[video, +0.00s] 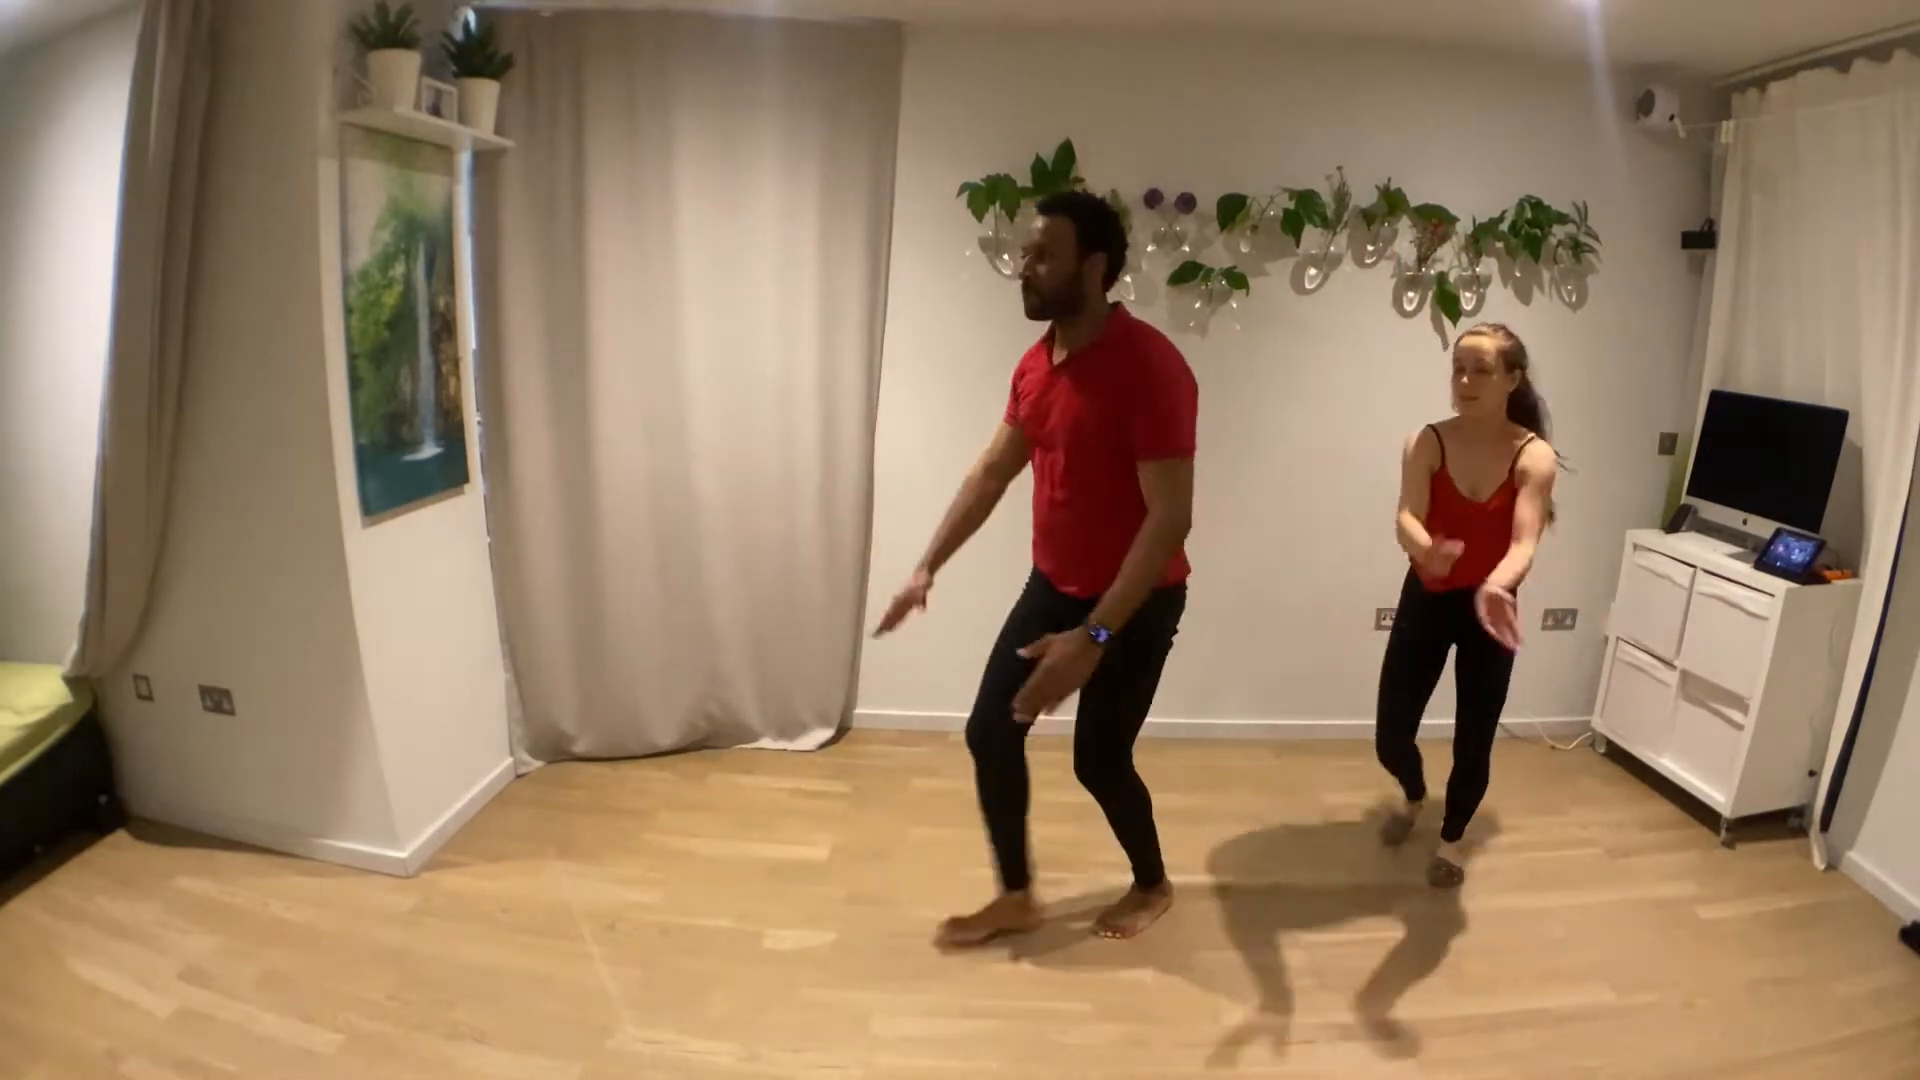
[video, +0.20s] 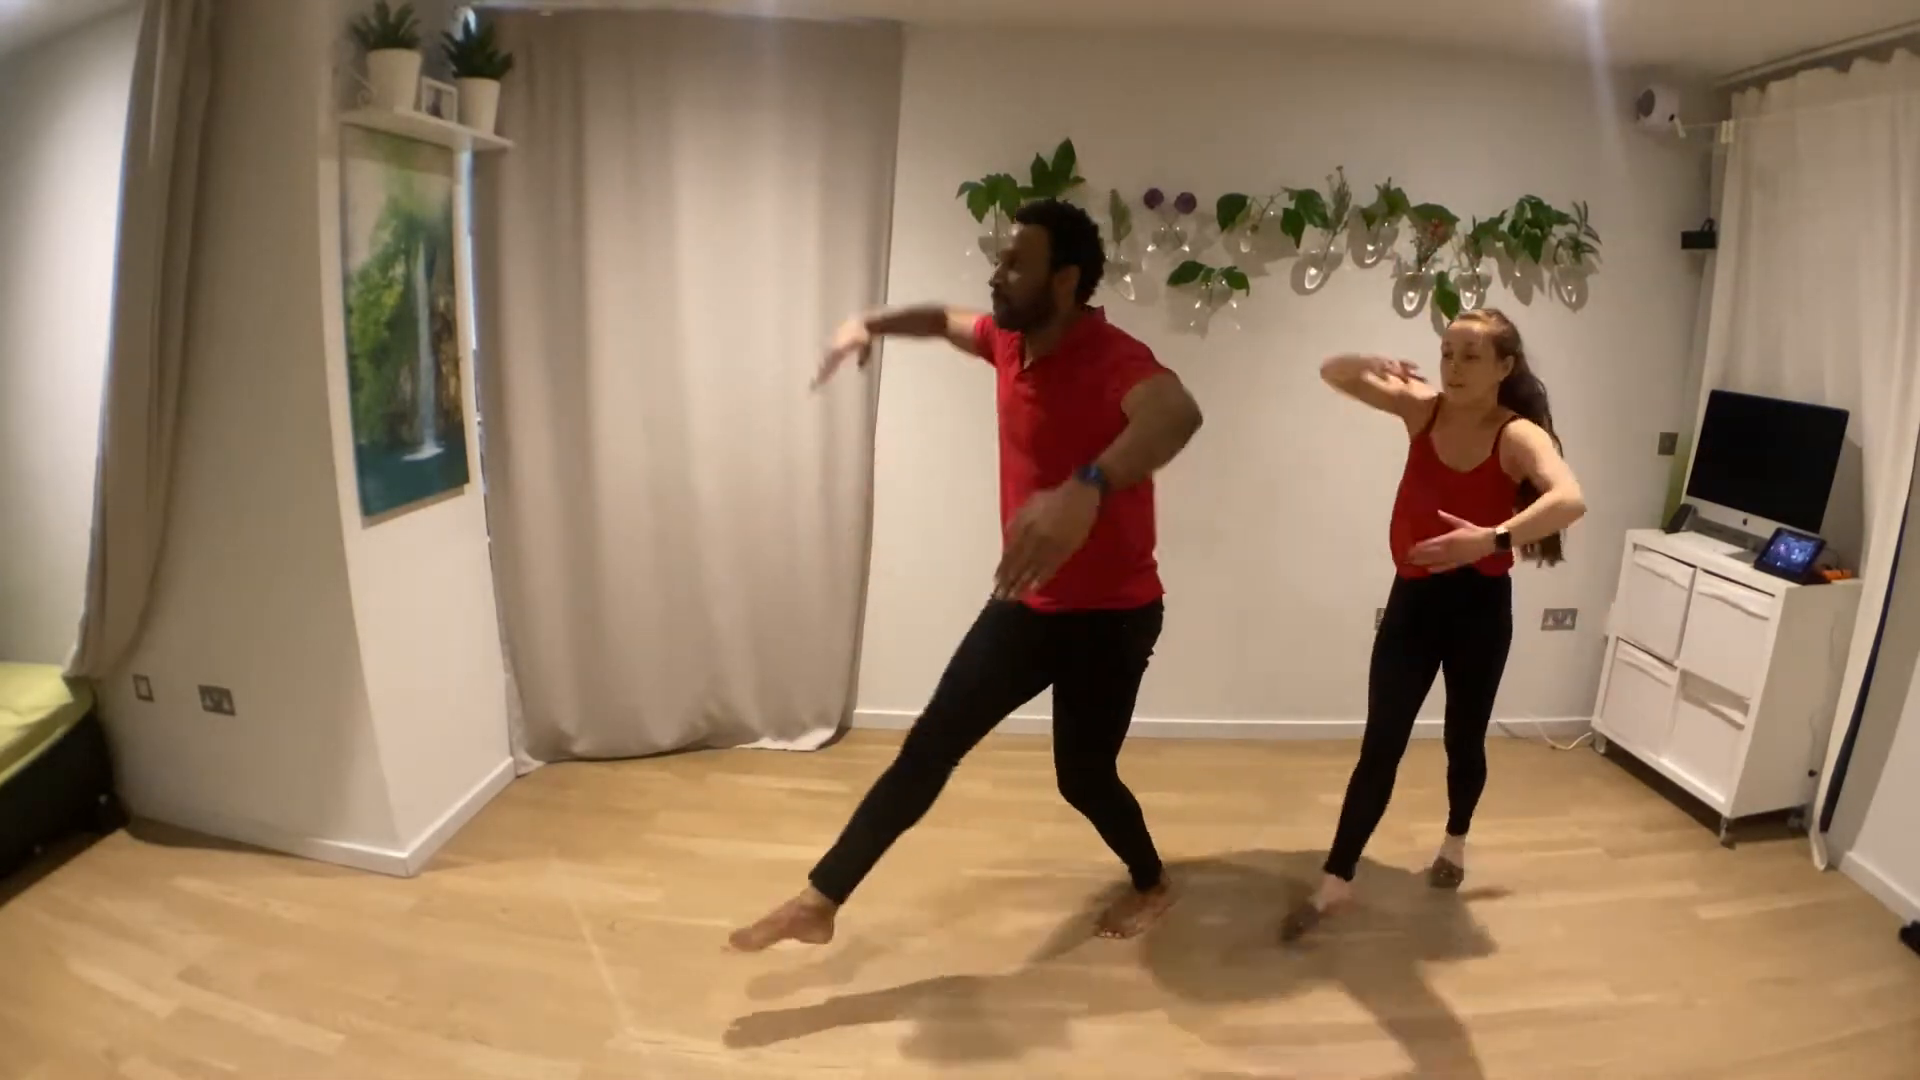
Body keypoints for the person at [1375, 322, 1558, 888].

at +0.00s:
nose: (1465, 381)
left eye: (1480, 371)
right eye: (1459, 370)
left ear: (1513, 380)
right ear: (1451, 374)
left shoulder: (1534, 455)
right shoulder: (1429, 441)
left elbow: (1525, 541)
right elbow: (1408, 514)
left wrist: (1497, 583)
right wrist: (1425, 549)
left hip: (1489, 607)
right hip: (1426, 600)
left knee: (1473, 743)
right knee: (1390, 740)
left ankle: (1451, 842)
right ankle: (1417, 795)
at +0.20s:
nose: (1453, 367)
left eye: (1470, 357)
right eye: (1448, 355)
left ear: (1504, 367)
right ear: (1439, 360)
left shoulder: (1518, 436)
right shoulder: (1422, 408)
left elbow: (1570, 500)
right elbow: (1334, 373)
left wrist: (1488, 536)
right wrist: (1376, 366)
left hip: (1479, 608)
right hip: (1412, 601)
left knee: (1463, 739)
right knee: (1380, 744)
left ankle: (1455, 838)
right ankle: (1335, 881)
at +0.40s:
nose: (1418, 362)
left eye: (1435, 353)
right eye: (1414, 351)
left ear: (1474, 365)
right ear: (1410, 358)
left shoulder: (1488, 430)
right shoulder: (1401, 405)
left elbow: (1584, 460)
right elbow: (1364, 332)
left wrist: (1600, 527)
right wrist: (1336, 269)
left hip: (1436, 615)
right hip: (1368, 611)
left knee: (1436, 753)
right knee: (1350, 770)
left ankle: (1452, 834)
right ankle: (1350, 908)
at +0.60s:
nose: (1380, 379)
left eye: (1397, 368)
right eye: (1377, 368)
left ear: (1436, 382)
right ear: (1370, 377)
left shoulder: (1453, 462)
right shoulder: (1374, 429)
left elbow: (1552, 486)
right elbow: (1353, 366)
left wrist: (1648, 507)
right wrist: (1360, 293)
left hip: (1378, 646)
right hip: (1318, 636)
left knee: (1352, 817)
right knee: (1318, 797)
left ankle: (1427, 815)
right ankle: (1349, 918)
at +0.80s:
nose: (1332, 390)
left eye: (1350, 380)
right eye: (1329, 378)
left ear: (1394, 397)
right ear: (1323, 385)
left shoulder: (1401, 487)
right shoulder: (1321, 455)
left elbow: (1500, 553)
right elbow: (1289, 412)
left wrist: (1610, 581)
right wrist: (1311, 349)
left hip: (1350, 671)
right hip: (1296, 660)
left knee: (1227, 778)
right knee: (1298, 810)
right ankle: (1348, 920)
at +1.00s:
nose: (1270, 409)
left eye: (1289, 398)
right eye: (1269, 394)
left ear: (1336, 415)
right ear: (1264, 397)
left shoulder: (1328, 513)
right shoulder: (1254, 472)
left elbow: (1292, 585)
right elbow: (1147, 451)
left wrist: (1267, 627)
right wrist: (1096, 379)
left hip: (1298, 701)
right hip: (1256, 686)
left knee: (1177, 826)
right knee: (1257, 833)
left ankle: (1081, 963)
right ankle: (1352, 918)